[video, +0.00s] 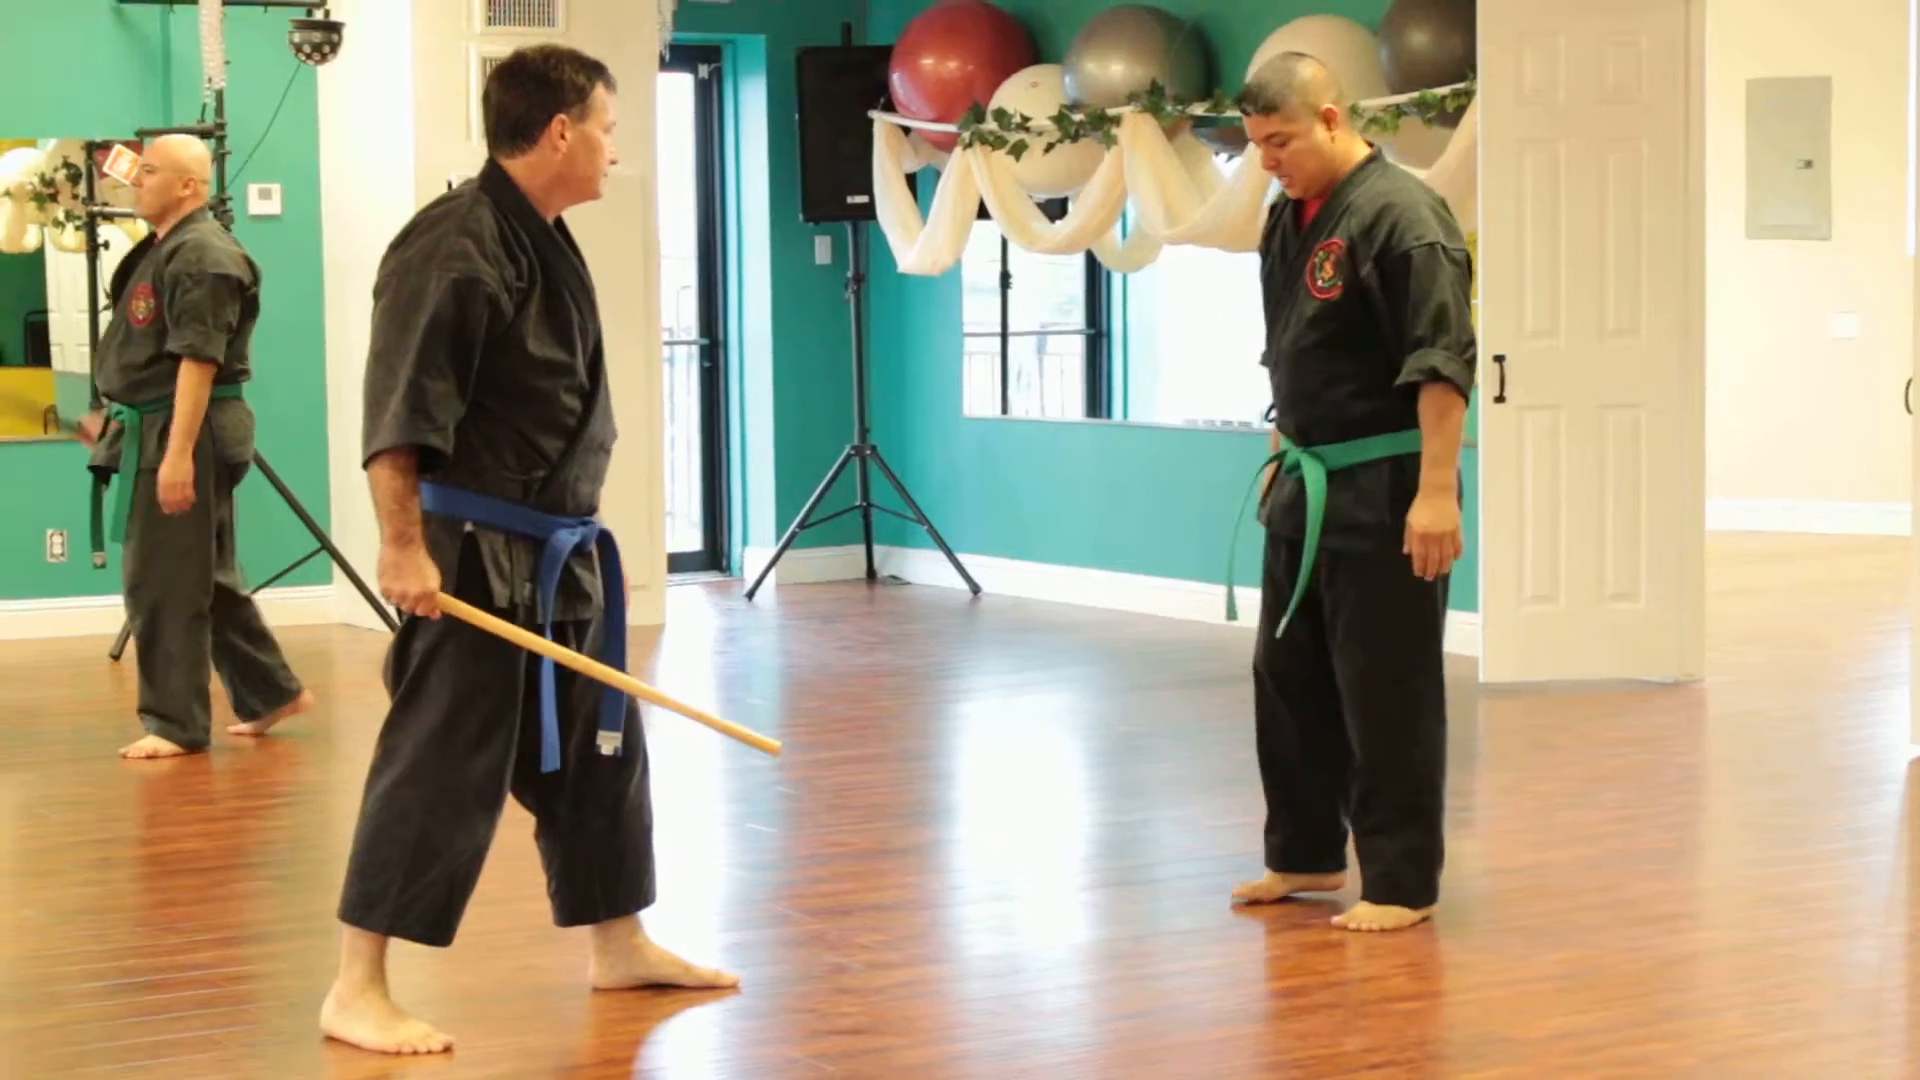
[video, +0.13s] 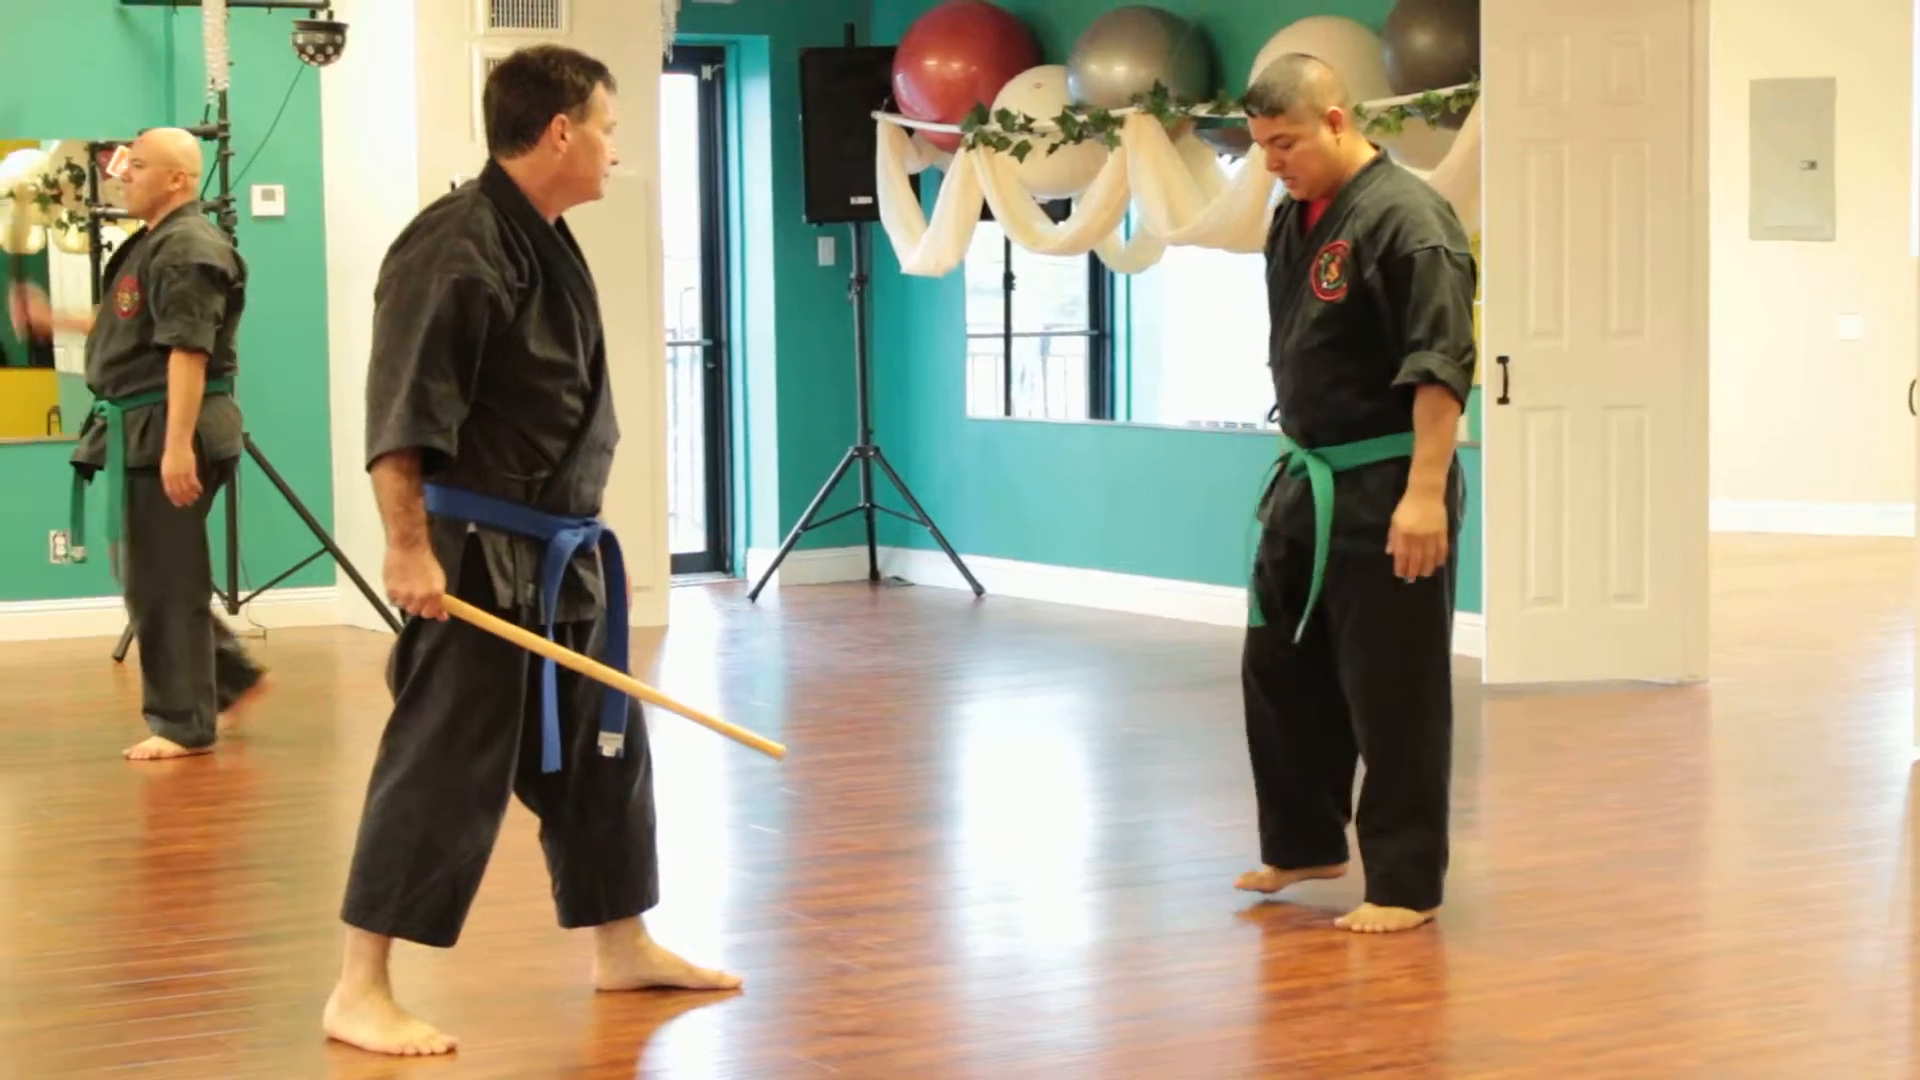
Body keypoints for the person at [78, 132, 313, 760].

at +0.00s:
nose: (134, 181)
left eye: (147, 172)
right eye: (137, 171)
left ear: (184, 185)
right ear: (173, 185)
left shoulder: (203, 254)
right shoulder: (167, 247)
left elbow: (199, 362)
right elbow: (144, 342)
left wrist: (180, 452)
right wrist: (111, 408)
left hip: (190, 428)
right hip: (170, 423)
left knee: (164, 576)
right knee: (200, 570)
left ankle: (178, 725)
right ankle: (271, 690)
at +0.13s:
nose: (120, 173)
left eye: (135, 166)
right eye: (125, 164)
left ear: (174, 181)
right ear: (163, 181)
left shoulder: (189, 247)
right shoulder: (152, 242)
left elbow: (188, 352)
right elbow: (123, 324)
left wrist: (180, 444)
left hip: (171, 431)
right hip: (144, 425)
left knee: (163, 574)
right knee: (144, 570)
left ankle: (183, 725)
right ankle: (232, 673)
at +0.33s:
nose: (97, 177)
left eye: (109, 167)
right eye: (100, 166)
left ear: (151, 177)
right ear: (140, 177)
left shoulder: (168, 245)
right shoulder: (115, 234)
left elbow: (161, 349)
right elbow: (62, 222)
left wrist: (134, 434)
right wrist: (60, 150)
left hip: (160, 424)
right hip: (109, 423)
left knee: (163, 579)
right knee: (93, 572)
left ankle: (190, 727)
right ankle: (92, 718)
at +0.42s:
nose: (81, 173)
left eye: (95, 164)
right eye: (83, 163)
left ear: (141, 181)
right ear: (124, 180)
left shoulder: (158, 250)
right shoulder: (92, 231)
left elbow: (146, 355)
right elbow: (41, 203)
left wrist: (107, 437)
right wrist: (61, 130)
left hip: (156, 427)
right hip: (102, 424)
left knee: (165, 582)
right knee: (80, 578)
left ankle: (193, 725)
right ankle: (36, 716)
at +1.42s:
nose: (45, 192)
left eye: (58, 183)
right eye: (48, 181)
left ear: (99, 196)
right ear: (88, 197)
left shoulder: (129, 263)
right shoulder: (91, 257)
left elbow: (134, 375)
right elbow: (106, 365)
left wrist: (97, 465)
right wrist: (89, 446)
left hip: (151, 435)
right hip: (106, 431)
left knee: (142, 584)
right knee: (77, 581)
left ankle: (156, 732)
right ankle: (57, 720)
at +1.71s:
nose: (104, 194)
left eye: (118, 183)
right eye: (106, 182)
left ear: (163, 192)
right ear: (164, 195)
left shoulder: (165, 262)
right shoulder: (185, 248)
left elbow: (160, 376)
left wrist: (128, 461)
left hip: (179, 435)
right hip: (212, 428)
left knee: (155, 584)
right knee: (203, 574)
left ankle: (160, 737)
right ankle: (276, 697)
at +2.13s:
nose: (155, 201)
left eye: (169, 192)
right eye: (158, 190)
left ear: (211, 205)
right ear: (218, 208)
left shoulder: (195, 269)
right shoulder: (258, 263)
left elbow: (178, 374)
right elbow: (271, 366)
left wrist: (148, 456)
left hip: (212, 443)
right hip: (260, 440)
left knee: (154, 591)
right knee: (248, 594)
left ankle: (133, 740)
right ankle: (291, 723)